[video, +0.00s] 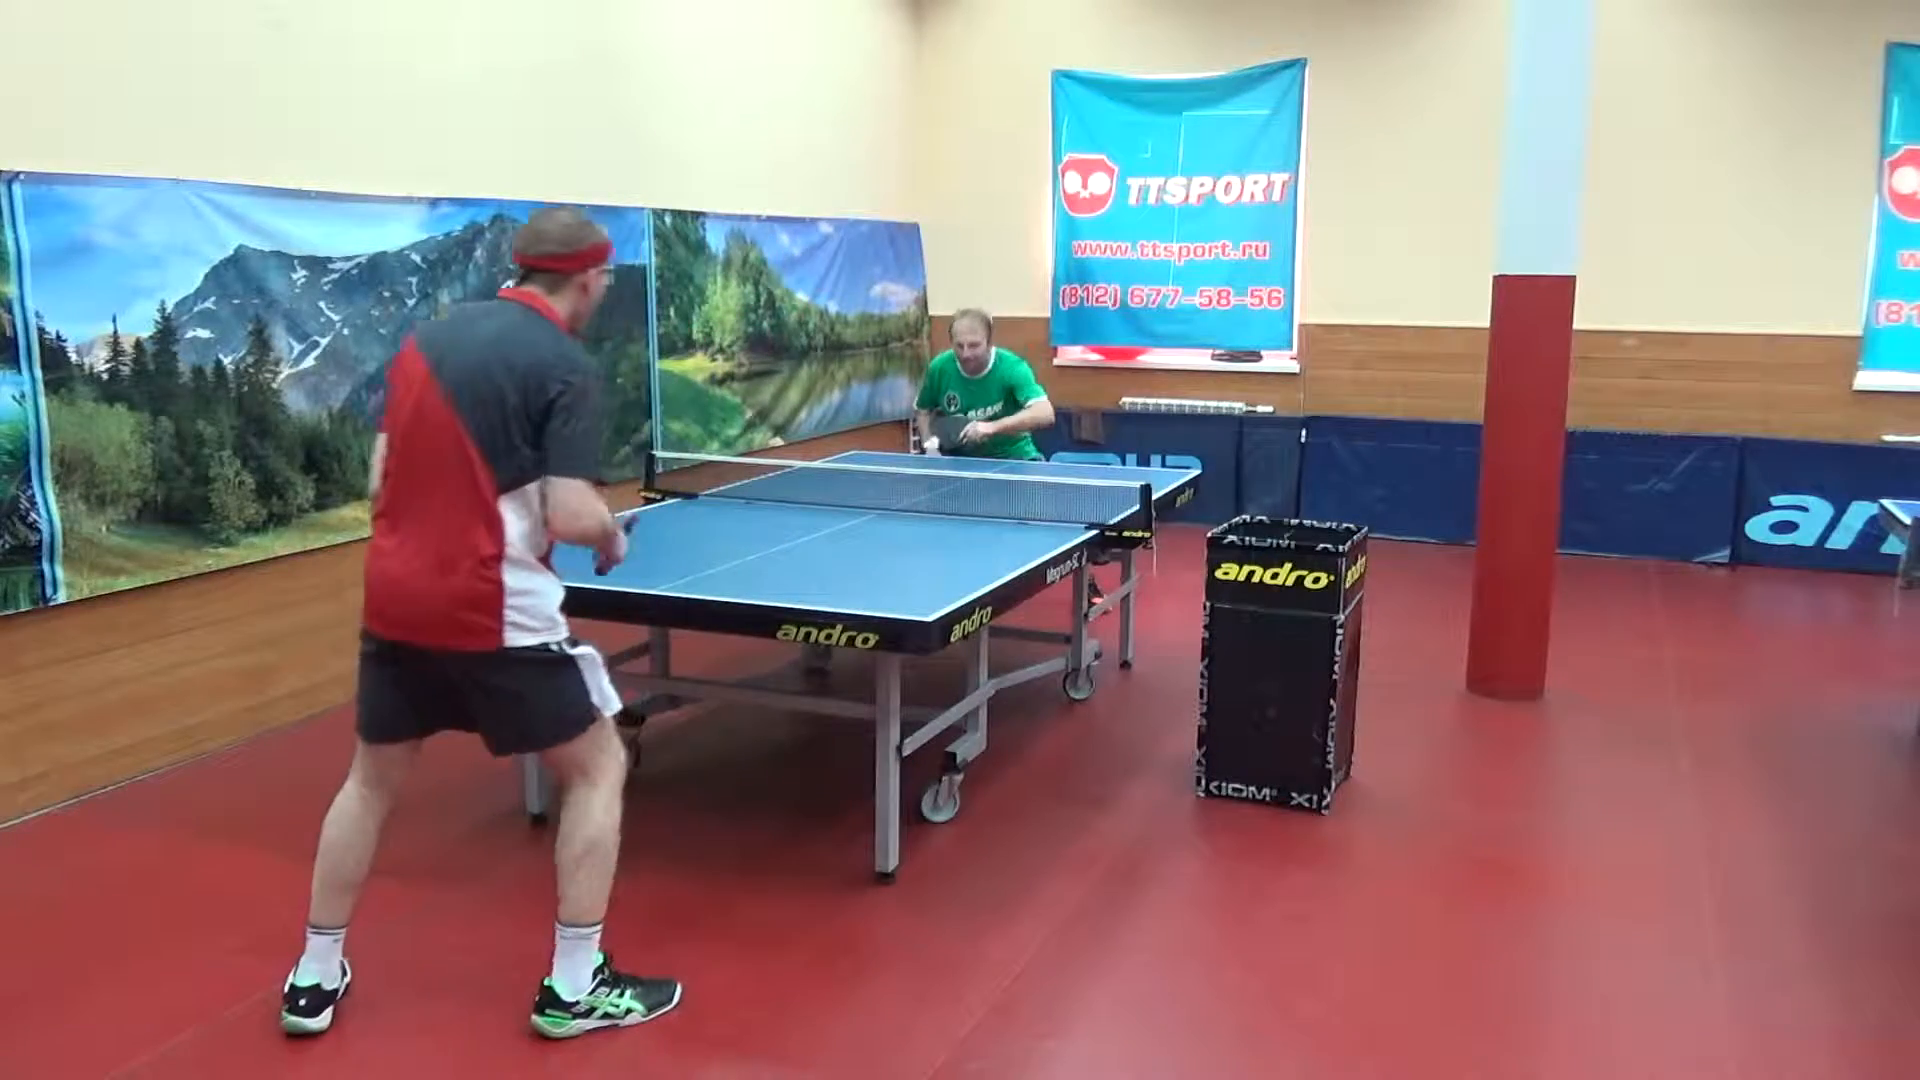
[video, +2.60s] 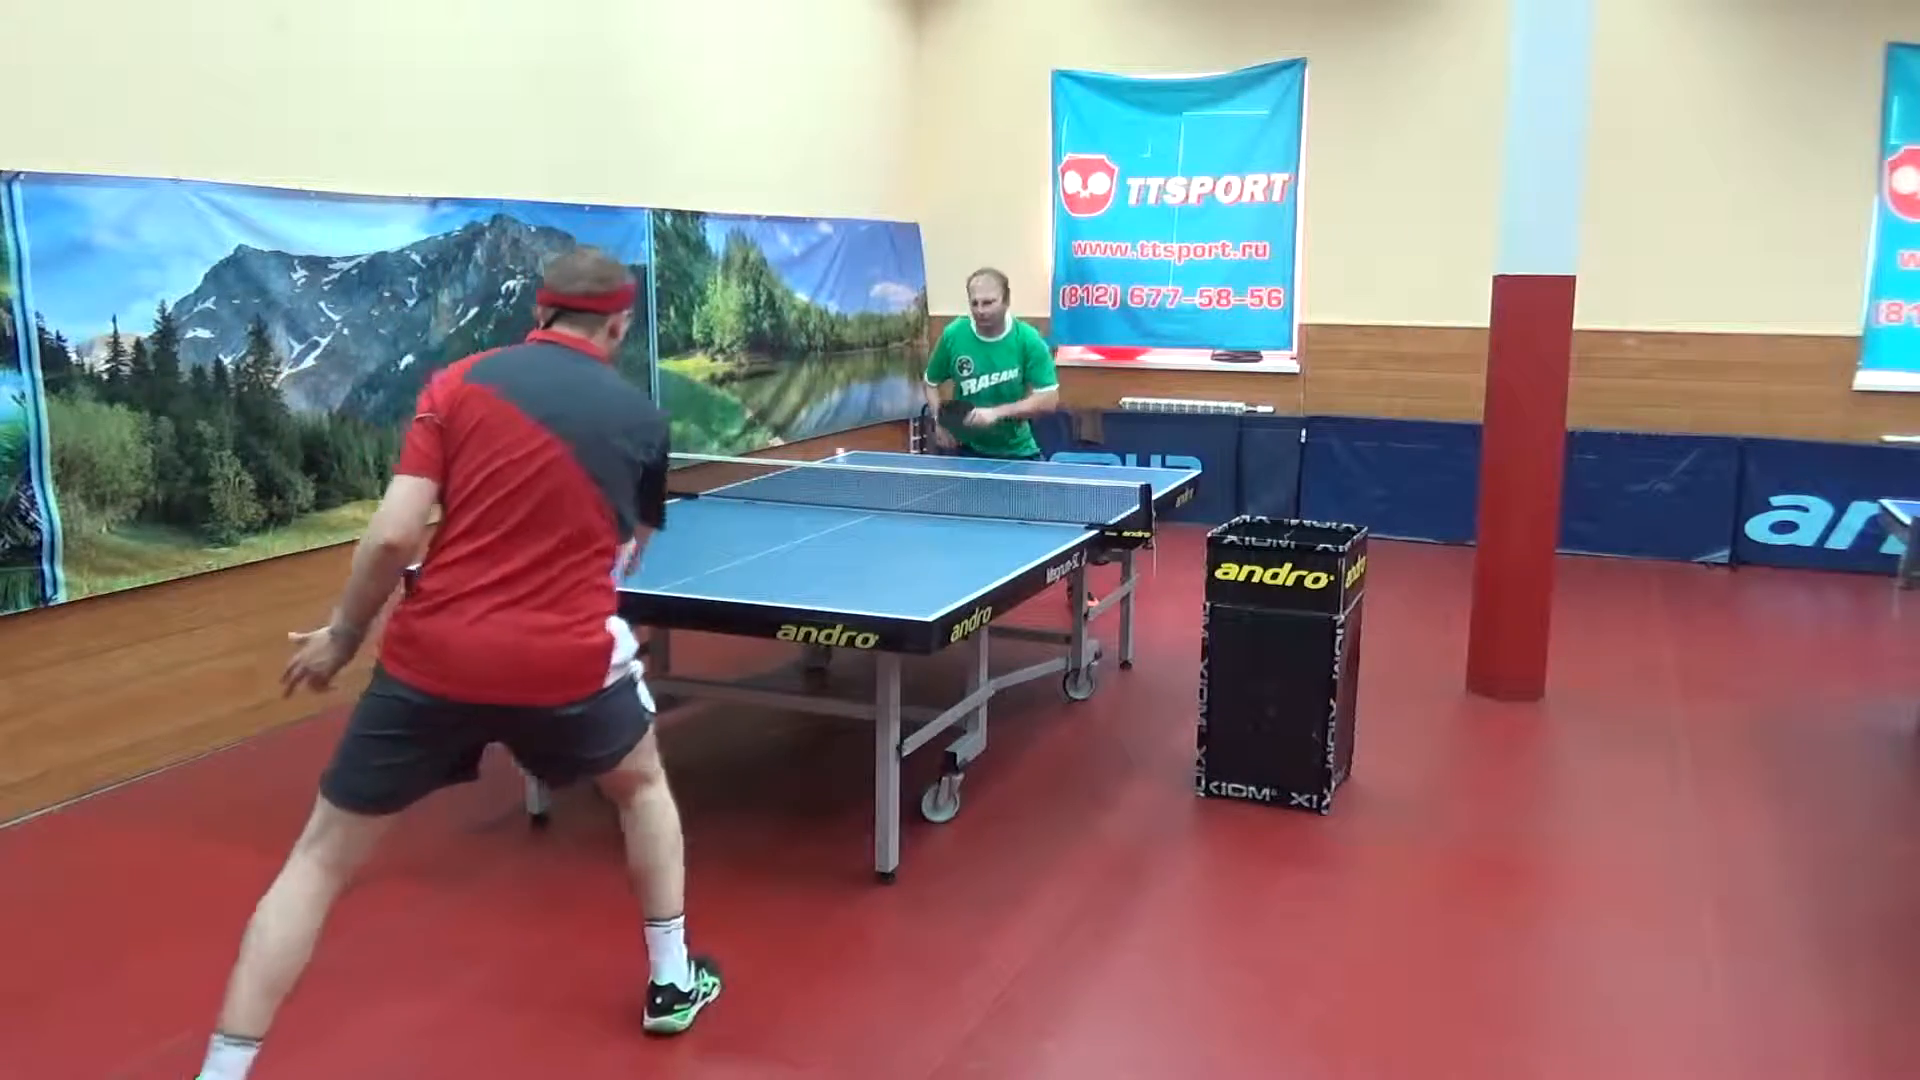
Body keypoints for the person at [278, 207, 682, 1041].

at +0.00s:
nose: (602, 298)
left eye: (602, 284)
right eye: (602, 284)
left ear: (519, 272)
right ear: (585, 282)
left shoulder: (426, 337)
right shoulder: (562, 365)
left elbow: (383, 477)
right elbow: (569, 515)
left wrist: (496, 501)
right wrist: (609, 528)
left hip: (395, 606)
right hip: (502, 616)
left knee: (370, 776)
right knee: (596, 765)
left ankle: (314, 976)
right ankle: (576, 982)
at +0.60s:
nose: (587, 322)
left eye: (586, 309)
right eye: (586, 309)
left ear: (503, 301)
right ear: (569, 309)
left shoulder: (418, 365)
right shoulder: (568, 379)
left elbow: (362, 509)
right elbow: (644, 511)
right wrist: (593, 514)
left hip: (393, 629)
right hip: (513, 628)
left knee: (373, 783)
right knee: (607, 764)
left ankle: (311, 980)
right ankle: (632, 966)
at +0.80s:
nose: (599, 335)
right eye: (600, 325)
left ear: (516, 319)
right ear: (593, 323)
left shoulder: (460, 384)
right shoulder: (629, 380)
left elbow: (421, 540)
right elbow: (736, 455)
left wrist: (404, 634)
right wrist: (700, 490)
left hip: (474, 620)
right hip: (600, 620)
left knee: (397, 784)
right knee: (644, 765)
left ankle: (327, 977)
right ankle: (635, 964)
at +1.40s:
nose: (565, 331)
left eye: (566, 318)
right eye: (564, 318)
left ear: (472, 305)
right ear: (547, 316)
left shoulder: (379, 377)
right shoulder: (555, 393)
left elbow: (327, 535)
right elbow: (628, 537)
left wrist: (314, 640)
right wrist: (607, 556)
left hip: (364, 650)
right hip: (498, 650)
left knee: (286, 855)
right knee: (586, 780)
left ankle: (221, 1067)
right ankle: (634, 966)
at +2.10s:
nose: (607, 319)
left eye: (605, 309)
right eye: (605, 309)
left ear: (518, 303)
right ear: (590, 306)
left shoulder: (445, 376)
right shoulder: (621, 376)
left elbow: (403, 542)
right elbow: (753, 450)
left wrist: (423, 628)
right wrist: (698, 488)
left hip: (449, 651)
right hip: (585, 651)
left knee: (349, 842)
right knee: (650, 782)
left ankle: (261, 1060)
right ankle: (671, 978)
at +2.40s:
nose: (637, 307)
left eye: (560, 286)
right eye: (637, 295)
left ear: (553, 287)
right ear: (633, 296)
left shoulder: (497, 368)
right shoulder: (663, 378)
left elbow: (454, 532)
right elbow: (673, 476)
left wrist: (414, 620)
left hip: (486, 645)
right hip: (617, 649)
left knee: (378, 826)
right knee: (658, 781)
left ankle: (306, 1051)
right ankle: (673, 975)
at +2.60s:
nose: (625, 339)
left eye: (622, 327)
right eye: (625, 328)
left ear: (538, 314)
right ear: (615, 328)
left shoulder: (458, 383)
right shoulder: (639, 413)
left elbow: (395, 535)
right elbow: (630, 540)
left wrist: (340, 635)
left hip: (431, 665)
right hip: (570, 669)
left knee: (321, 858)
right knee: (640, 790)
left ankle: (221, 1069)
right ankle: (671, 978)